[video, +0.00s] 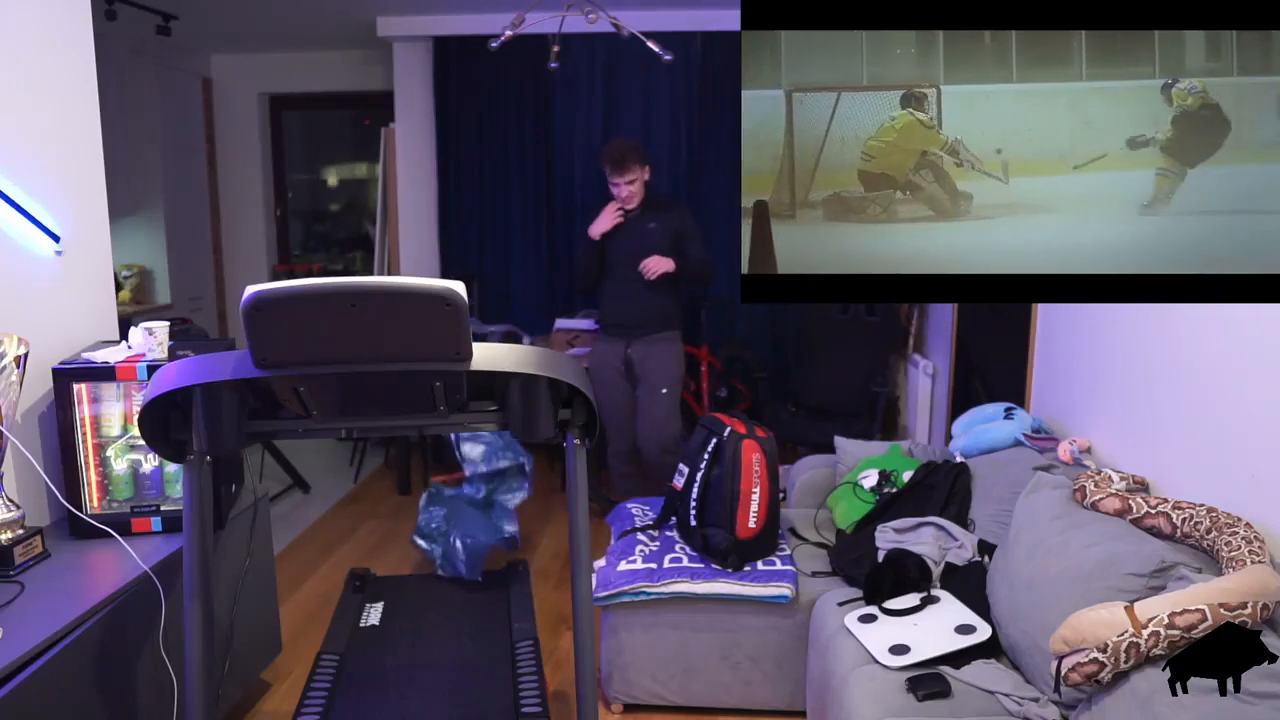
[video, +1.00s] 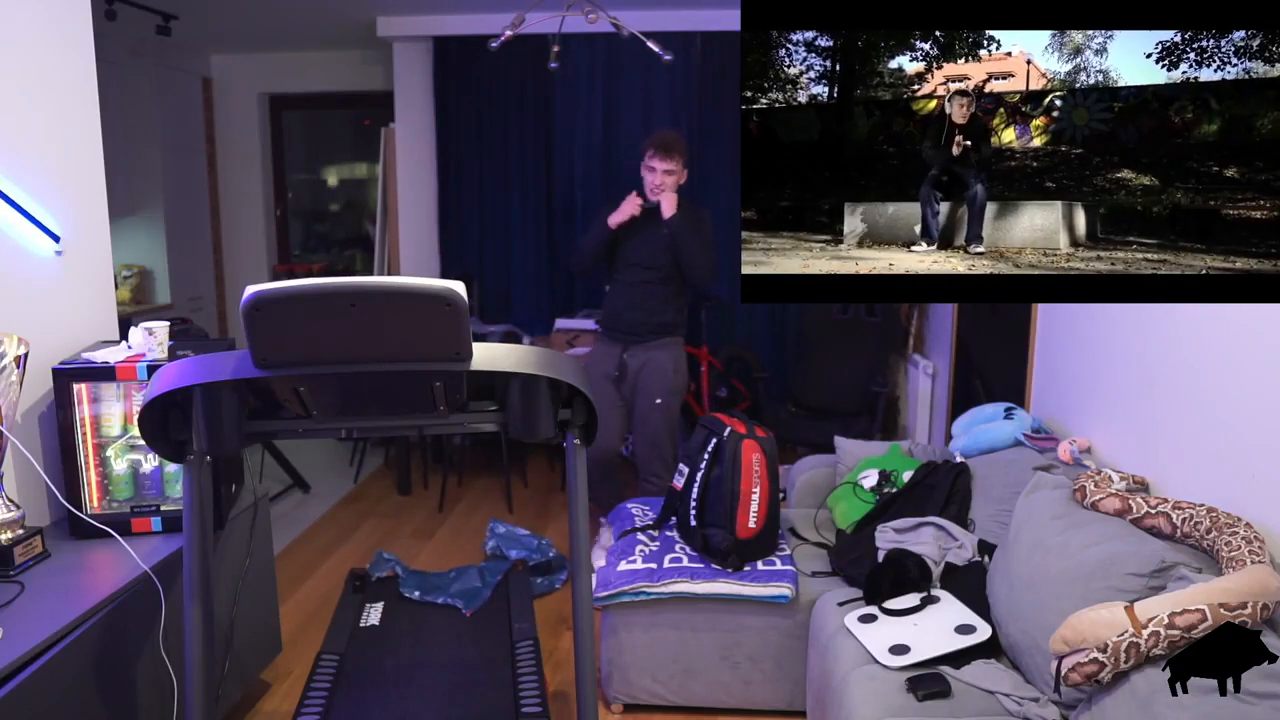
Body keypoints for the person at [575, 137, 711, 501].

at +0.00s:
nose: (623, 192)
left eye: (631, 182)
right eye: (615, 184)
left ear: (646, 175)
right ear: (607, 180)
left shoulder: (671, 217)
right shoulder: (603, 222)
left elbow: (702, 270)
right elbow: (583, 284)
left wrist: (675, 263)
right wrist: (593, 235)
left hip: (659, 342)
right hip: (610, 344)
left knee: (658, 439)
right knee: (618, 445)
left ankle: (676, 517)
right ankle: (633, 523)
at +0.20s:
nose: (622, 181)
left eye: (629, 171)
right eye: (614, 173)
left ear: (645, 169)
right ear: (606, 177)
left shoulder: (671, 216)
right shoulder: (601, 220)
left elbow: (698, 271)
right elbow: (585, 281)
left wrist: (671, 260)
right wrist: (604, 238)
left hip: (660, 342)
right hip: (609, 343)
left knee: (648, 442)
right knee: (616, 446)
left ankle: (667, 521)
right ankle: (627, 528)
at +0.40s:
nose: (626, 174)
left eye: (634, 165)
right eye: (618, 167)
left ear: (649, 168)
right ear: (609, 172)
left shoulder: (673, 216)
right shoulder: (599, 221)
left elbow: (700, 274)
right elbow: (586, 285)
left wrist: (671, 247)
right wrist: (611, 243)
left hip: (662, 342)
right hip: (610, 344)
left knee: (650, 439)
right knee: (617, 444)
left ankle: (660, 526)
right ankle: (626, 527)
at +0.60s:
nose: (639, 171)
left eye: (648, 163)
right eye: (631, 163)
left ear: (661, 169)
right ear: (620, 170)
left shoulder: (681, 219)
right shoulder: (604, 219)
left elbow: (698, 276)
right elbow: (587, 280)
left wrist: (670, 231)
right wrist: (615, 245)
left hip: (663, 347)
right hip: (610, 348)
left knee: (656, 450)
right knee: (618, 451)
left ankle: (658, 538)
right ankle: (626, 538)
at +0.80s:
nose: (654, 173)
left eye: (664, 166)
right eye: (647, 164)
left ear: (677, 173)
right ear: (636, 167)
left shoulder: (689, 221)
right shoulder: (613, 217)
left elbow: (704, 283)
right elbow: (587, 275)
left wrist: (676, 229)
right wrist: (617, 238)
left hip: (662, 348)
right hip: (609, 348)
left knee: (656, 451)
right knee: (613, 450)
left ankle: (656, 537)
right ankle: (620, 533)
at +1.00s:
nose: (657, 180)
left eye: (667, 172)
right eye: (651, 171)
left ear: (682, 176)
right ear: (641, 171)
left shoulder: (691, 219)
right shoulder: (623, 212)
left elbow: (700, 276)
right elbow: (583, 262)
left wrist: (672, 219)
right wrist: (613, 220)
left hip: (660, 348)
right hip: (609, 345)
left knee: (654, 451)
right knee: (599, 446)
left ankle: (654, 538)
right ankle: (606, 527)